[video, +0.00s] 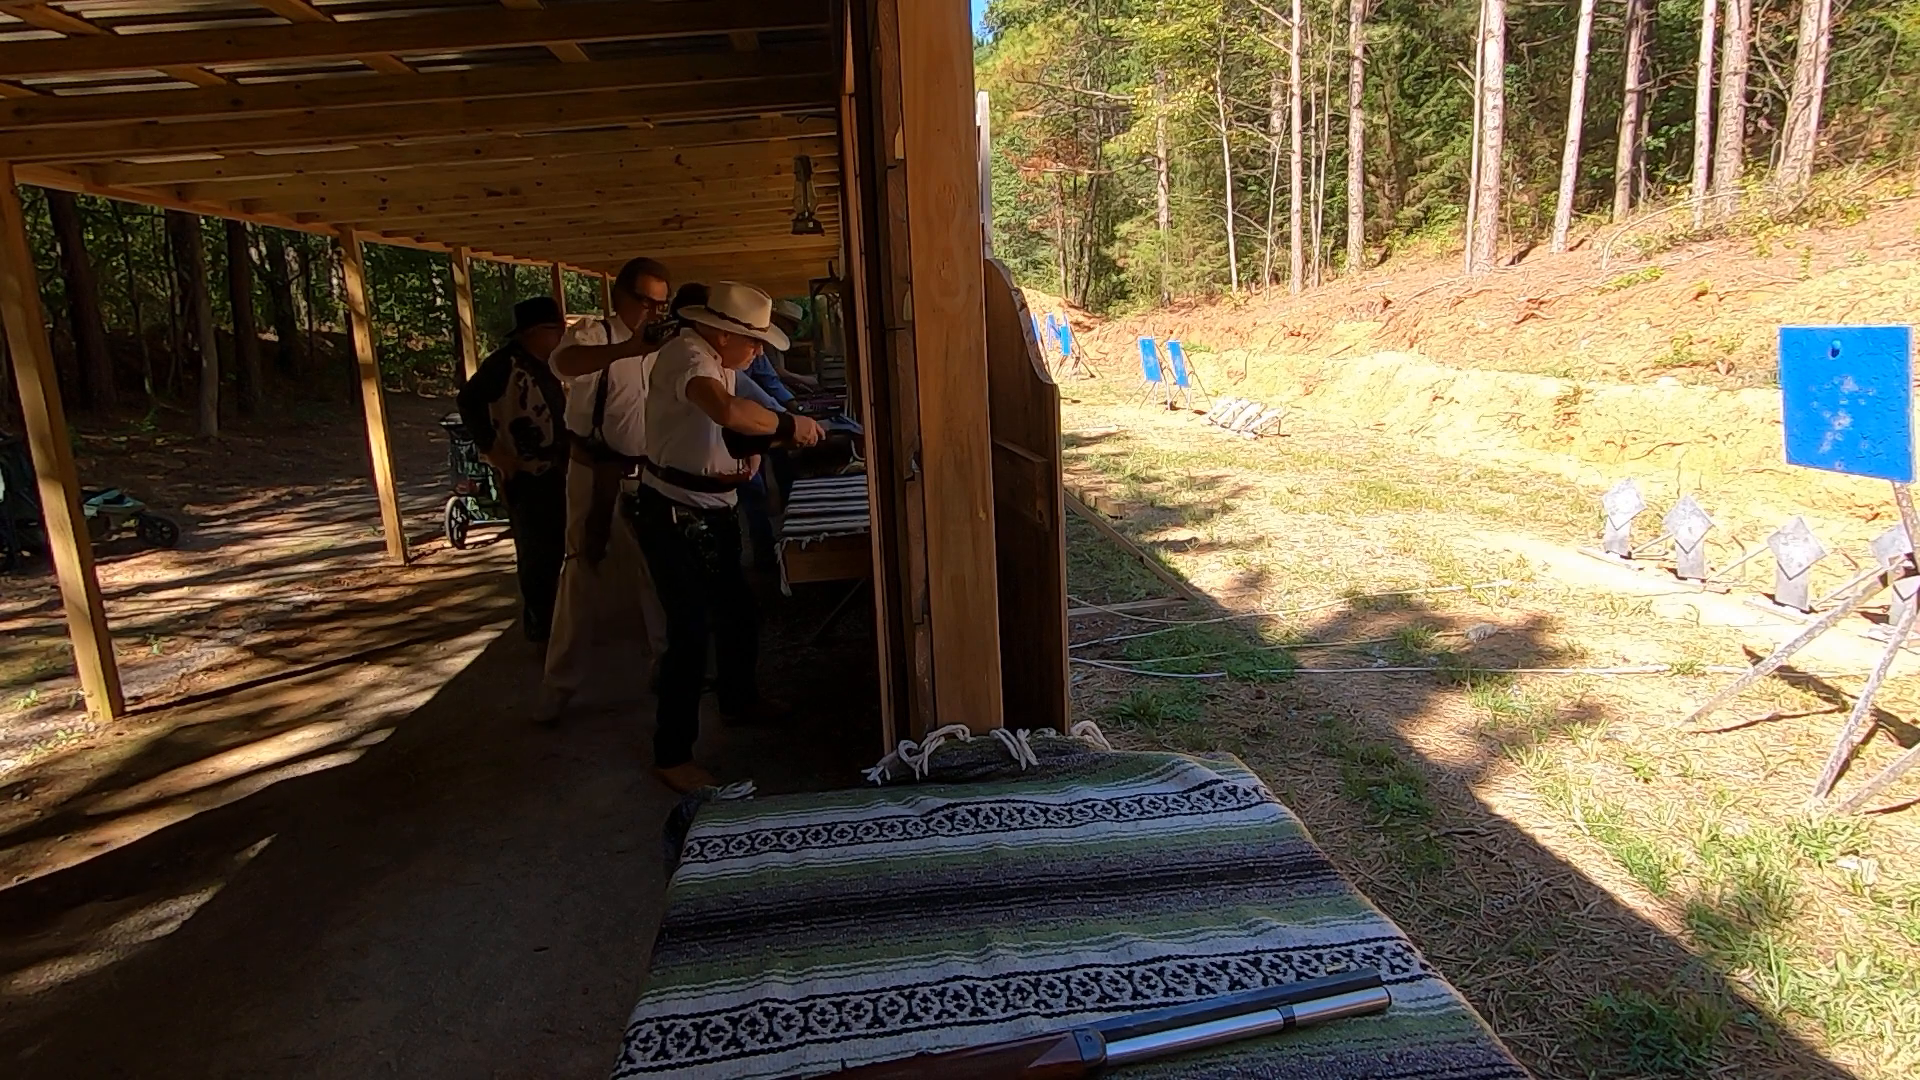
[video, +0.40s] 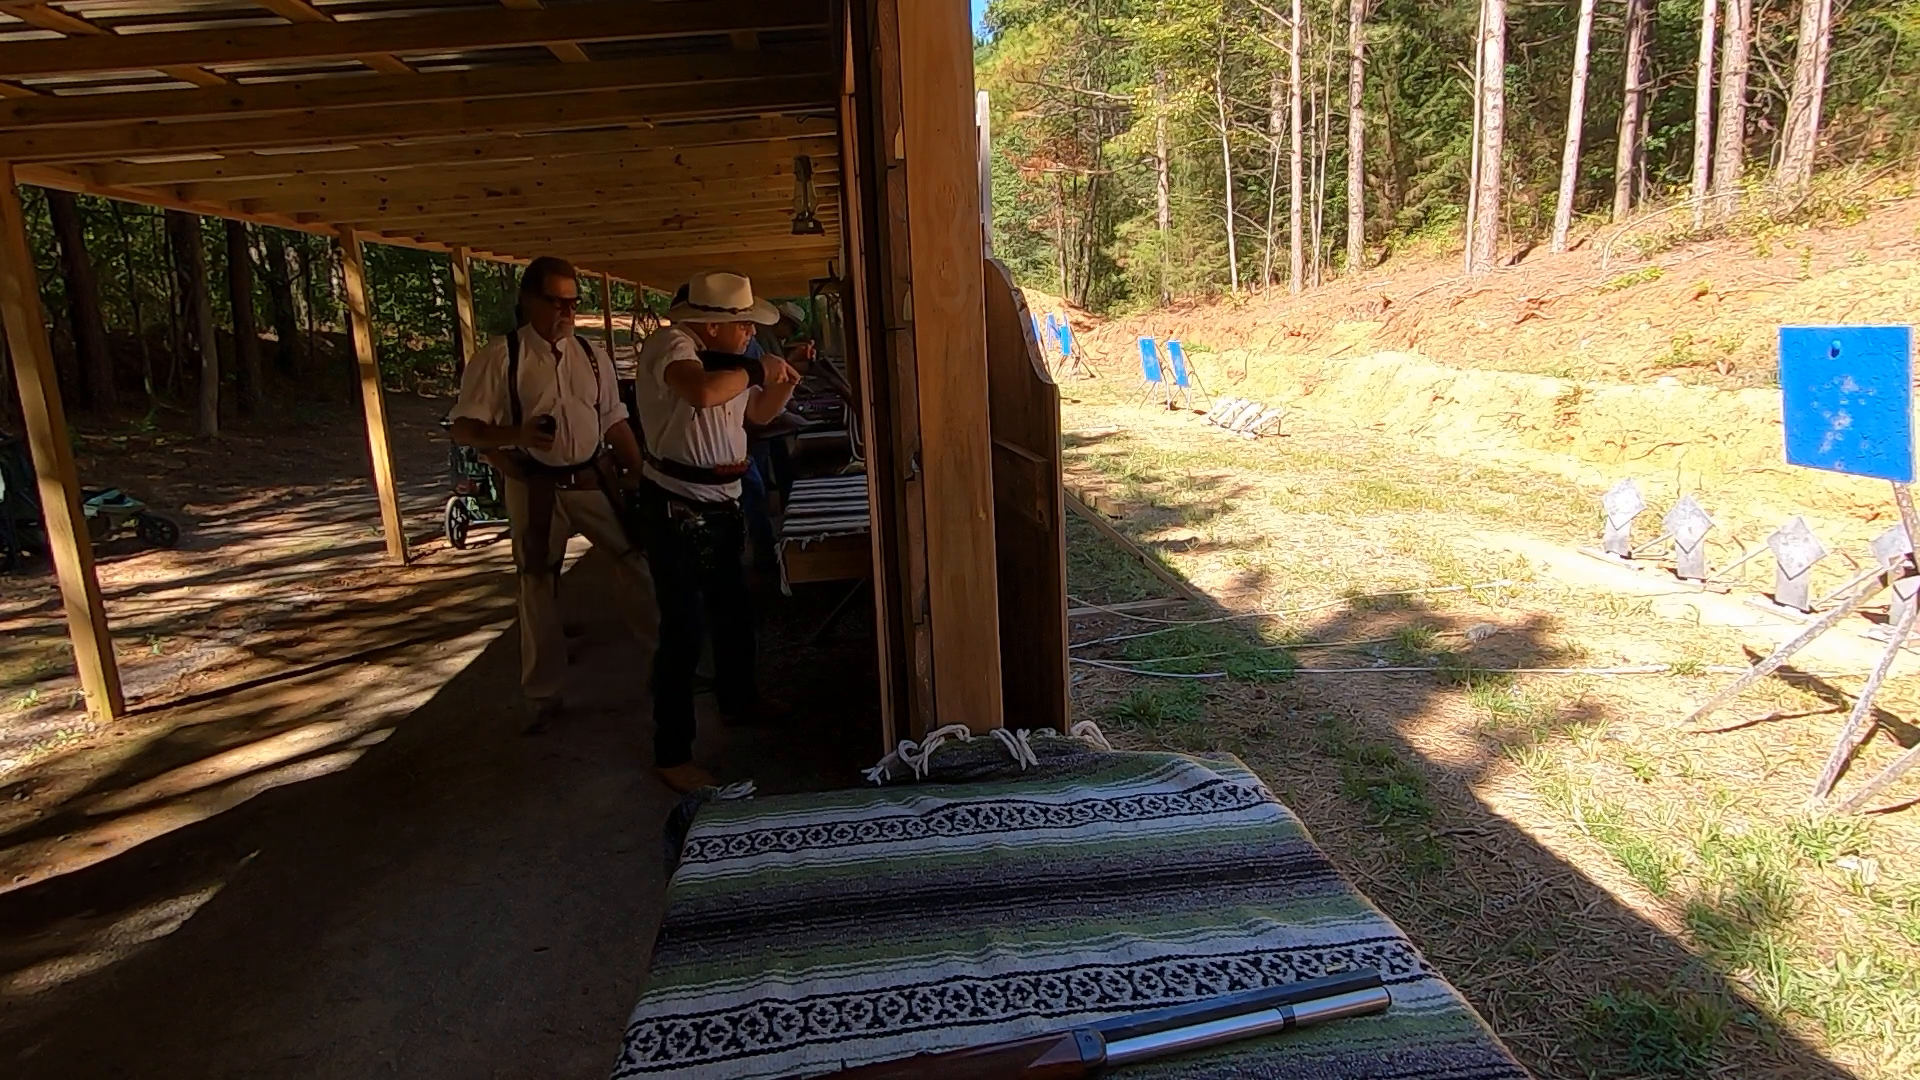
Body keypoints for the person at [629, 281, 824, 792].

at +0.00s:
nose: (757, 355)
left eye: (760, 346)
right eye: (753, 344)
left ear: (727, 335)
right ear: (725, 333)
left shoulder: (717, 362)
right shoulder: (686, 353)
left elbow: (722, 424)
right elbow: (724, 409)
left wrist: (751, 450)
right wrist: (786, 423)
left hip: (717, 512)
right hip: (672, 513)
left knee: (737, 613)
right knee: (689, 632)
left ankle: (740, 706)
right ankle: (673, 756)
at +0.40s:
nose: (750, 333)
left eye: (750, 324)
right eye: (743, 325)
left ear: (722, 324)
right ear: (712, 323)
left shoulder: (730, 359)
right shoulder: (669, 343)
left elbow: (757, 415)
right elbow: (702, 390)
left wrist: (784, 383)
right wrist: (755, 370)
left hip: (724, 508)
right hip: (674, 510)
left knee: (734, 615)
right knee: (682, 632)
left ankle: (739, 707)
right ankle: (672, 756)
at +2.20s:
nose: (735, 340)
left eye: (735, 332)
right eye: (725, 332)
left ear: (730, 333)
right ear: (692, 331)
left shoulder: (734, 383)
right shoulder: (646, 352)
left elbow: (783, 421)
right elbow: (664, 373)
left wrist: (844, 403)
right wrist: (732, 377)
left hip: (710, 511)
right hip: (653, 511)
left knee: (735, 610)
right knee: (674, 628)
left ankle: (740, 707)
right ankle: (672, 757)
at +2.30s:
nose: (729, 337)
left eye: (731, 328)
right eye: (719, 328)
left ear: (729, 329)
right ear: (685, 327)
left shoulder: (729, 380)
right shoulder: (652, 349)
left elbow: (781, 422)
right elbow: (671, 385)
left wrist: (840, 407)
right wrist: (738, 381)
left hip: (709, 512)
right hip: (653, 512)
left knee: (733, 611)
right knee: (674, 627)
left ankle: (740, 708)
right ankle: (672, 756)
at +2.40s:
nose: (727, 333)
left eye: (728, 324)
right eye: (717, 324)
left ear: (725, 325)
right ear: (684, 324)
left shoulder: (726, 376)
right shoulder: (651, 346)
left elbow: (785, 415)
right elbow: (688, 380)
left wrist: (850, 399)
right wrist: (749, 377)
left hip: (707, 513)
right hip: (652, 513)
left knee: (732, 613)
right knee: (674, 629)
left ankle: (740, 708)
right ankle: (672, 756)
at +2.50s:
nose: (727, 333)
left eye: (727, 324)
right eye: (717, 324)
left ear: (717, 324)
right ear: (685, 323)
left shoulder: (722, 370)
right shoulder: (652, 346)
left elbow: (784, 410)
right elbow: (685, 390)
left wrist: (850, 391)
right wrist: (751, 383)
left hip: (707, 511)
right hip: (653, 513)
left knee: (727, 614)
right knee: (674, 629)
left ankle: (740, 708)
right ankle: (672, 756)